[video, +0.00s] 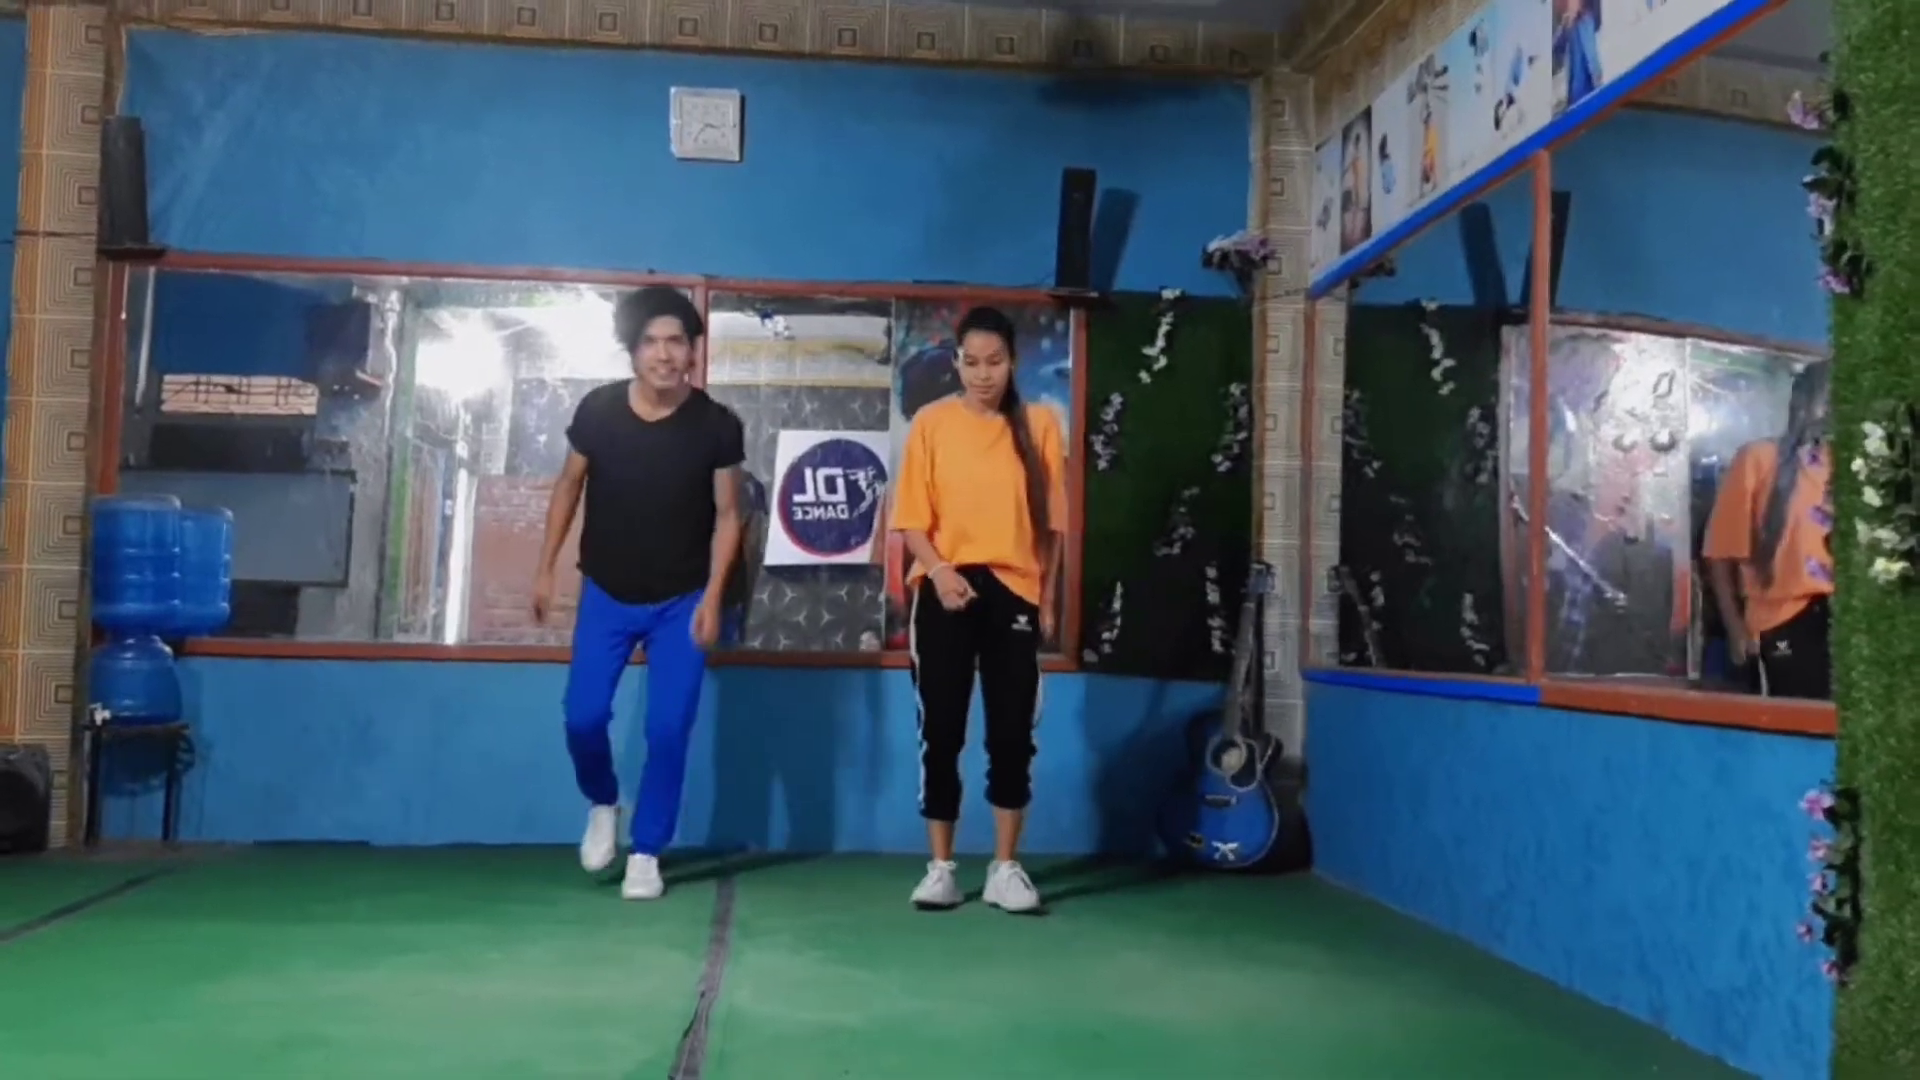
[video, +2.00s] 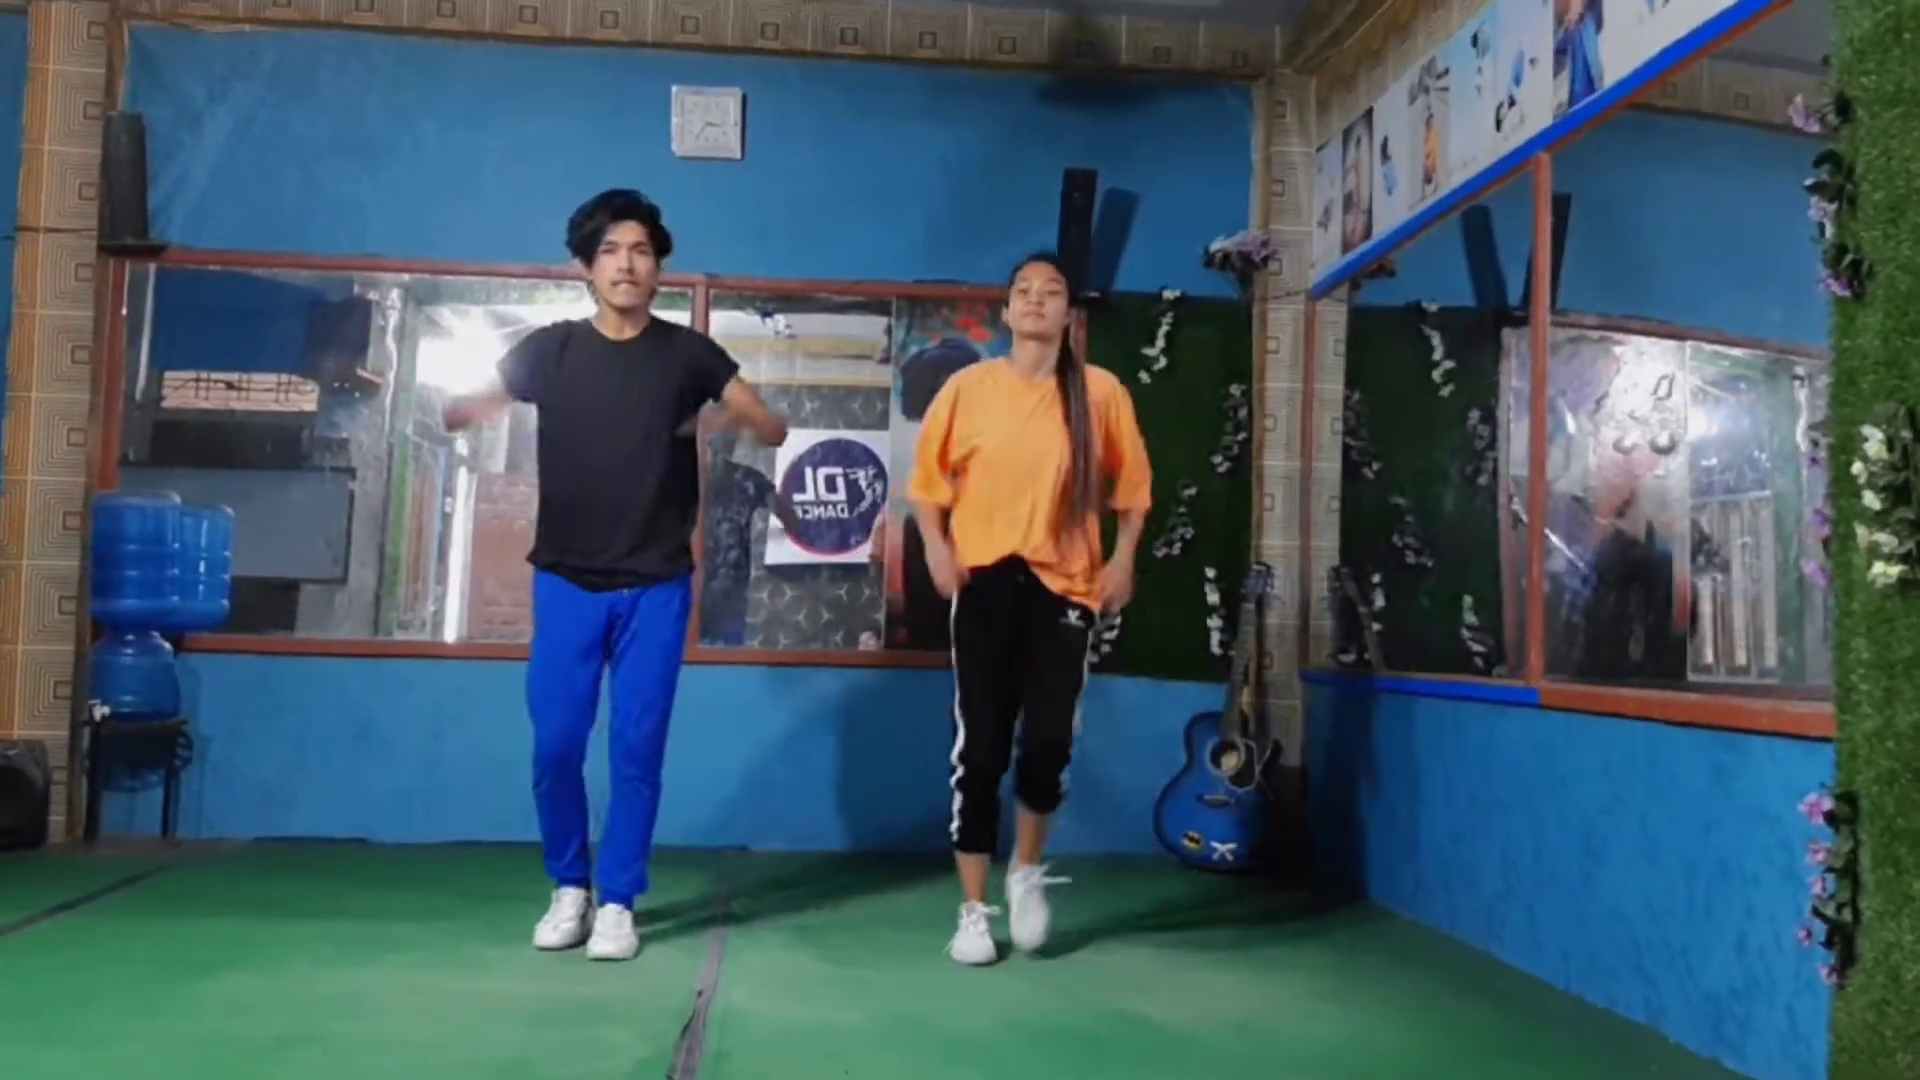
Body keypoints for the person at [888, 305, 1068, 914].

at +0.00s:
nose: (984, 371)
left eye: (995, 359)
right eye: (973, 359)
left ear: (1012, 362)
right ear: (958, 362)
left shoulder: (1039, 426)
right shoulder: (930, 424)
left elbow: (1053, 526)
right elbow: (910, 519)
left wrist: (1044, 598)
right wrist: (937, 569)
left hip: (1014, 591)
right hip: (945, 588)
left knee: (1011, 735)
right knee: (941, 734)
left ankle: (1005, 868)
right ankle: (941, 866)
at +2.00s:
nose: (1035, 303)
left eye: (1050, 294)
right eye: (1025, 293)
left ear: (1071, 314)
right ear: (1006, 310)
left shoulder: (1101, 393)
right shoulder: (967, 387)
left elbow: (1133, 487)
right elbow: (924, 482)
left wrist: (1122, 560)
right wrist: (938, 548)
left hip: (1063, 585)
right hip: (982, 580)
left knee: (1048, 744)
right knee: (979, 749)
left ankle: (1027, 870)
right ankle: (974, 908)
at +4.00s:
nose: (1117, 376)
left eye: (1126, 365)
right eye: (1103, 366)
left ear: (1138, 372)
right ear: (1078, 375)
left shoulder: (1157, 443)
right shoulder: (1050, 425)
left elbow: (1162, 524)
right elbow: (973, 486)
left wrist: (1134, 440)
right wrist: (1050, 512)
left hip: (1117, 610)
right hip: (1045, 601)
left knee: (1128, 781)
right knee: (1068, 763)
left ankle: (1075, 906)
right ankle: (1024, 829)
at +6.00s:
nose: (1051, 363)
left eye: (1061, 353)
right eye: (1039, 350)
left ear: (1070, 361)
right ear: (1008, 351)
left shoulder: (1063, 429)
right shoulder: (963, 421)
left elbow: (1082, 532)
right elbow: (900, 500)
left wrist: (1144, 520)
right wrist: (894, 531)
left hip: (1027, 605)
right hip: (974, 605)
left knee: (1021, 760)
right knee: (1087, 696)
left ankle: (928, 898)